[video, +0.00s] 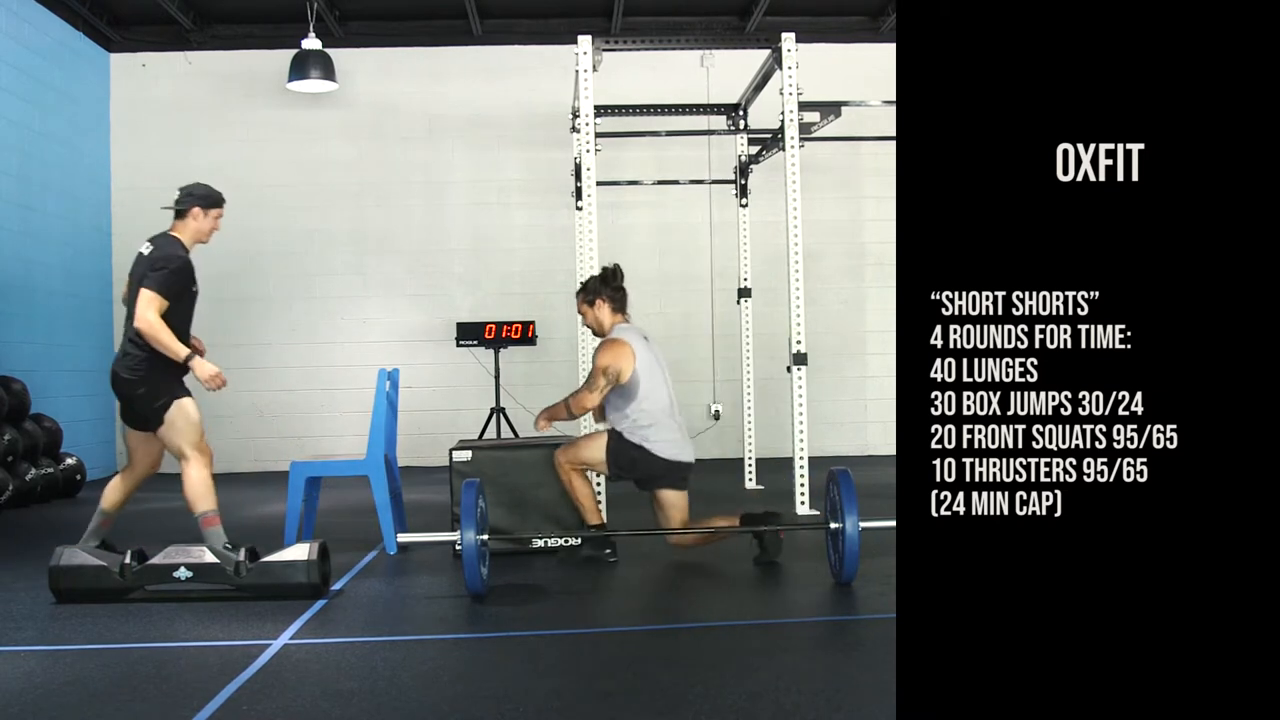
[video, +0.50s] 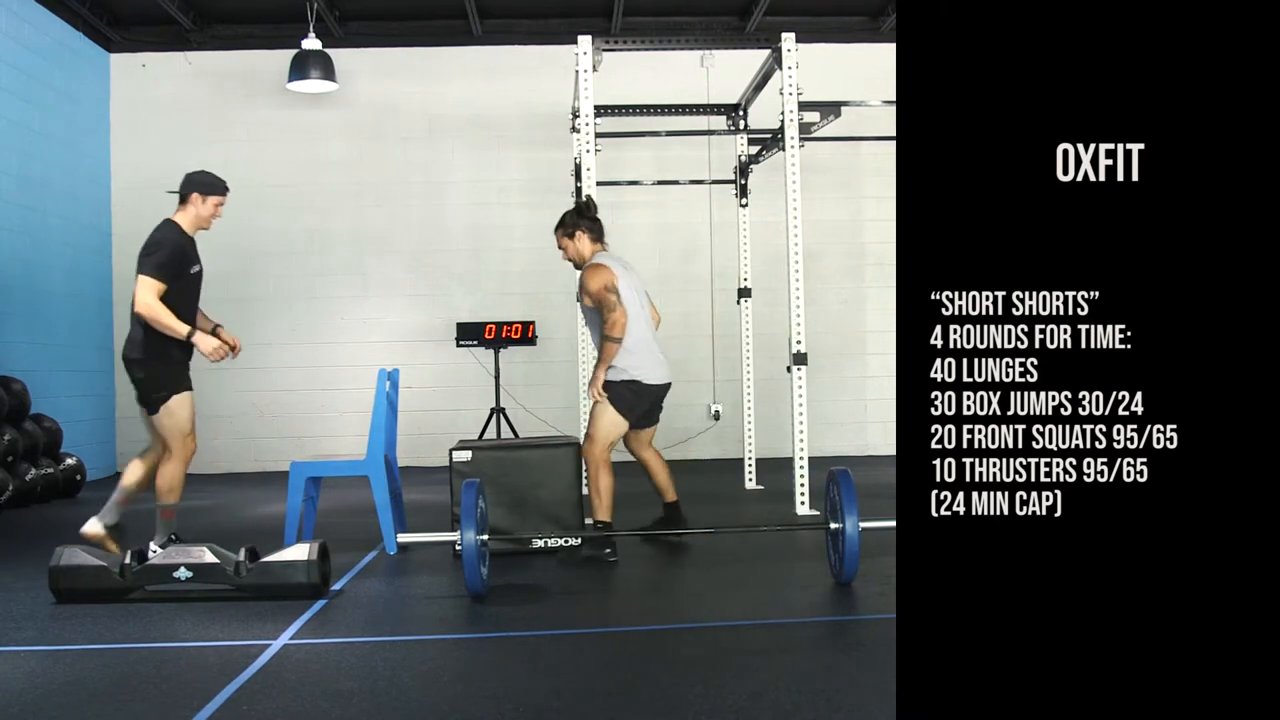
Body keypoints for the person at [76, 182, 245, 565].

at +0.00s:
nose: (217, 228)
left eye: (219, 220)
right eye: (215, 219)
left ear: (188, 215)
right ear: (194, 214)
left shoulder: (154, 247)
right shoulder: (174, 258)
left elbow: (129, 297)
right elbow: (145, 320)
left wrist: (181, 337)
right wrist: (194, 362)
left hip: (132, 371)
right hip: (153, 375)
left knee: (142, 464)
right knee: (196, 455)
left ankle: (87, 545)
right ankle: (222, 553)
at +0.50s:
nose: (219, 213)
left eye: (221, 206)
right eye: (216, 205)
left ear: (197, 202)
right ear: (194, 200)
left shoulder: (183, 239)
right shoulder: (168, 240)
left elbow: (180, 301)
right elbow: (144, 303)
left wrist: (213, 331)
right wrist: (194, 336)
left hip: (162, 356)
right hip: (155, 358)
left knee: (162, 448)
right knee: (182, 447)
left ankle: (102, 522)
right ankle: (164, 544)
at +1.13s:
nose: (309, 258)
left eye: (312, 253)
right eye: (309, 249)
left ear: (295, 242)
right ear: (292, 237)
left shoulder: (266, 273)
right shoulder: (264, 250)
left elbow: (231, 325)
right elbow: (239, 277)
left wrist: (232, 386)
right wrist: (259, 327)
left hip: (227, 350)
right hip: (199, 351)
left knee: (298, 349)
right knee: (207, 445)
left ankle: (302, 436)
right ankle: (175, 530)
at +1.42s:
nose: (323, 243)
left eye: (326, 237)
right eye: (322, 235)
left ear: (304, 230)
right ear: (303, 228)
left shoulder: (284, 266)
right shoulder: (271, 251)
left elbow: (267, 319)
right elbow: (264, 287)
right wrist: (322, 300)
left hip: (257, 353)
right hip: (226, 357)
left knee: (325, 352)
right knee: (224, 451)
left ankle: (305, 436)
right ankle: (177, 529)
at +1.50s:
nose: (335, 219)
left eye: (337, 212)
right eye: (333, 210)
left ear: (315, 206)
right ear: (313, 204)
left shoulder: (296, 242)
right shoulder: (283, 229)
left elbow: (288, 295)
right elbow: (275, 265)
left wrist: (317, 328)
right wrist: (335, 271)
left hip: (266, 335)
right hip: (234, 336)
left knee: (335, 353)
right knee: (223, 430)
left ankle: (306, 438)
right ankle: (189, 513)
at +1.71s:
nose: (347, 156)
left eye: (349, 149)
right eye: (345, 147)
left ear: (331, 144)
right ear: (325, 141)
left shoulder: (315, 182)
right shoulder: (291, 172)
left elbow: (306, 238)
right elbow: (269, 226)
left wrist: (327, 277)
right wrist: (309, 266)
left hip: (285, 278)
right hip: (258, 275)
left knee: (328, 347)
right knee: (301, 357)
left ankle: (307, 436)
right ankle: (240, 430)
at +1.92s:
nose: (347, 127)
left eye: (350, 121)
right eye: (345, 119)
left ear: (330, 114)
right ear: (325, 111)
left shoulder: (316, 151)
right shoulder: (290, 146)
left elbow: (307, 209)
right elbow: (263, 198)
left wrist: (322, 254)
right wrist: (264, 248)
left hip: (303, 258)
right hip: (284, 256)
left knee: (312, 343)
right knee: (308, 341)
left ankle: (306, 433)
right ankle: (302, 435)